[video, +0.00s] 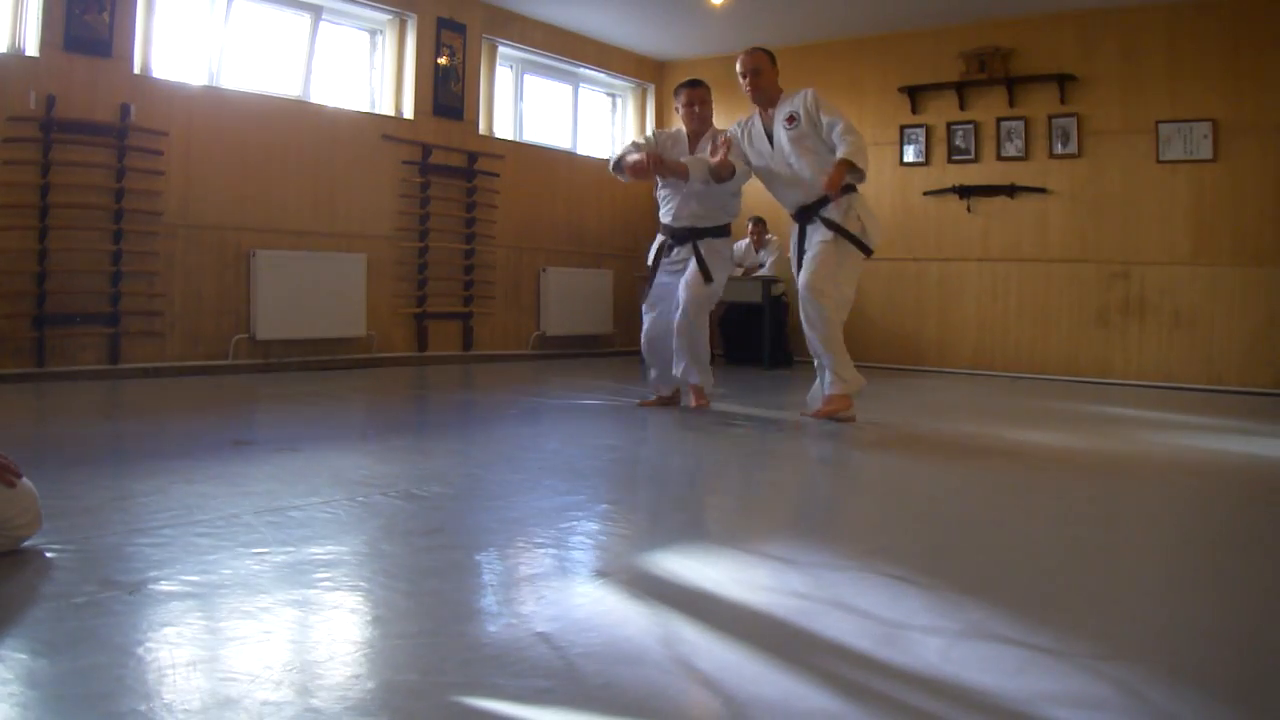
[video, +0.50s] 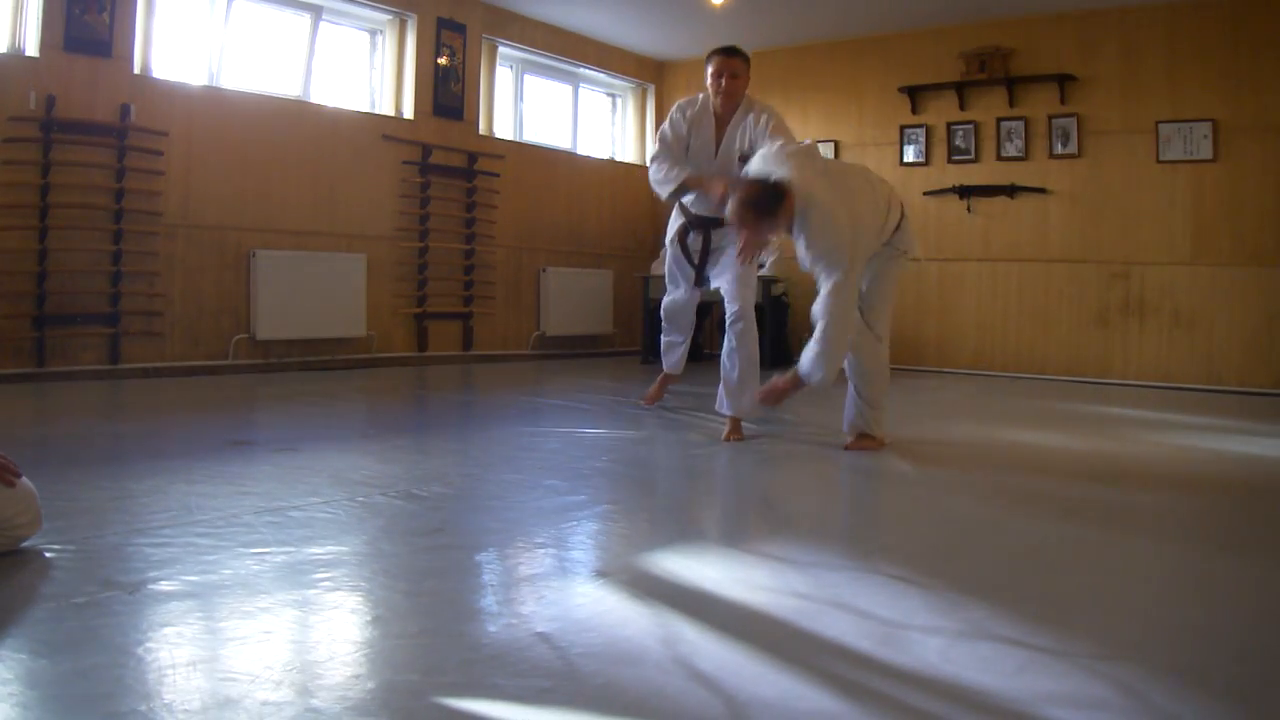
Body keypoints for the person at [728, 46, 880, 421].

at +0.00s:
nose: (748, 82)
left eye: (755, 73)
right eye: (742, 76)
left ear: (775, 73)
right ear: (739, 83)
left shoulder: (805, 103)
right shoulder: (743, 131)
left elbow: (850, 138)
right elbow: (726, 175)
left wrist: (840, 169)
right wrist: (719, 161)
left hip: (838, 208)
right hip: (804, 223)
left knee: (813, 288)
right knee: (811, 304)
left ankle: (839, 391)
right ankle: (828, 395)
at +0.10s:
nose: (756, 82)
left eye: (762, 74)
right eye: (748, 77)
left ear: (781, 73)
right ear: (743, 83)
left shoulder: (812, 107)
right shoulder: (745, 130)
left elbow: (852, 146)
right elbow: (735, 176)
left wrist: (849, 189)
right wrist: (729, 185)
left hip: (839, 210)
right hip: (804, 223)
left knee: (820, 287)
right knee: (805, 307)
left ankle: (842, 392)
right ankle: (824, 394)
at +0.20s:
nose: (766, 99)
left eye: (772, 89)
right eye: (758, 92)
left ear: (791, 80)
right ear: (751, 92)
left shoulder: (826, 116)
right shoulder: (752, 132)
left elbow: (865, 171)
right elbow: (727, 187)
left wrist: (846, 222)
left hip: (843, 226)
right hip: (803, 235)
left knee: (829, 304)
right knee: (804, 325)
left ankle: (851, 407)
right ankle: (822, 404)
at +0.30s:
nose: (773, 128)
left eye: (779, 118)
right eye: (765, 120)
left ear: (800, 105)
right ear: (757, 114)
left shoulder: (843, 138)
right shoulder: (759, 140)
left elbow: (871, 203)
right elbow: (738, 192)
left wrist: (841, 261)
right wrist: (689, 229)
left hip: (855, 241)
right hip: (811, 245)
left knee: (847, 326)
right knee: (812, 332)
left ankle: (870, 427)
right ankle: (829, 402)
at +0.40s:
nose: (766, 176)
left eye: (769, 167)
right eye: (762, 168)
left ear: (793, 151)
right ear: (769, 152)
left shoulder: (842, 178)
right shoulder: (791, 162)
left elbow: (862, 260)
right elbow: (770, 205)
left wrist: (817, 326)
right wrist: (740, 249)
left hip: (869, 247)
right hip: (832, 246)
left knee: (857, 331)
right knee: (831, 312)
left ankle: (870, 430)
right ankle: (828, 368)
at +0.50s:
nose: (743, 238)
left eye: (750, 230)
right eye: (739, 227)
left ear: (777, 218)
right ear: (740, 196)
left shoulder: (825, 227)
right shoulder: (764, 164)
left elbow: (835, 317)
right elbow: (808, 150)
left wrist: (799, 377)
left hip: (886, 228)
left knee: (869, 328)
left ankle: (867, 430)